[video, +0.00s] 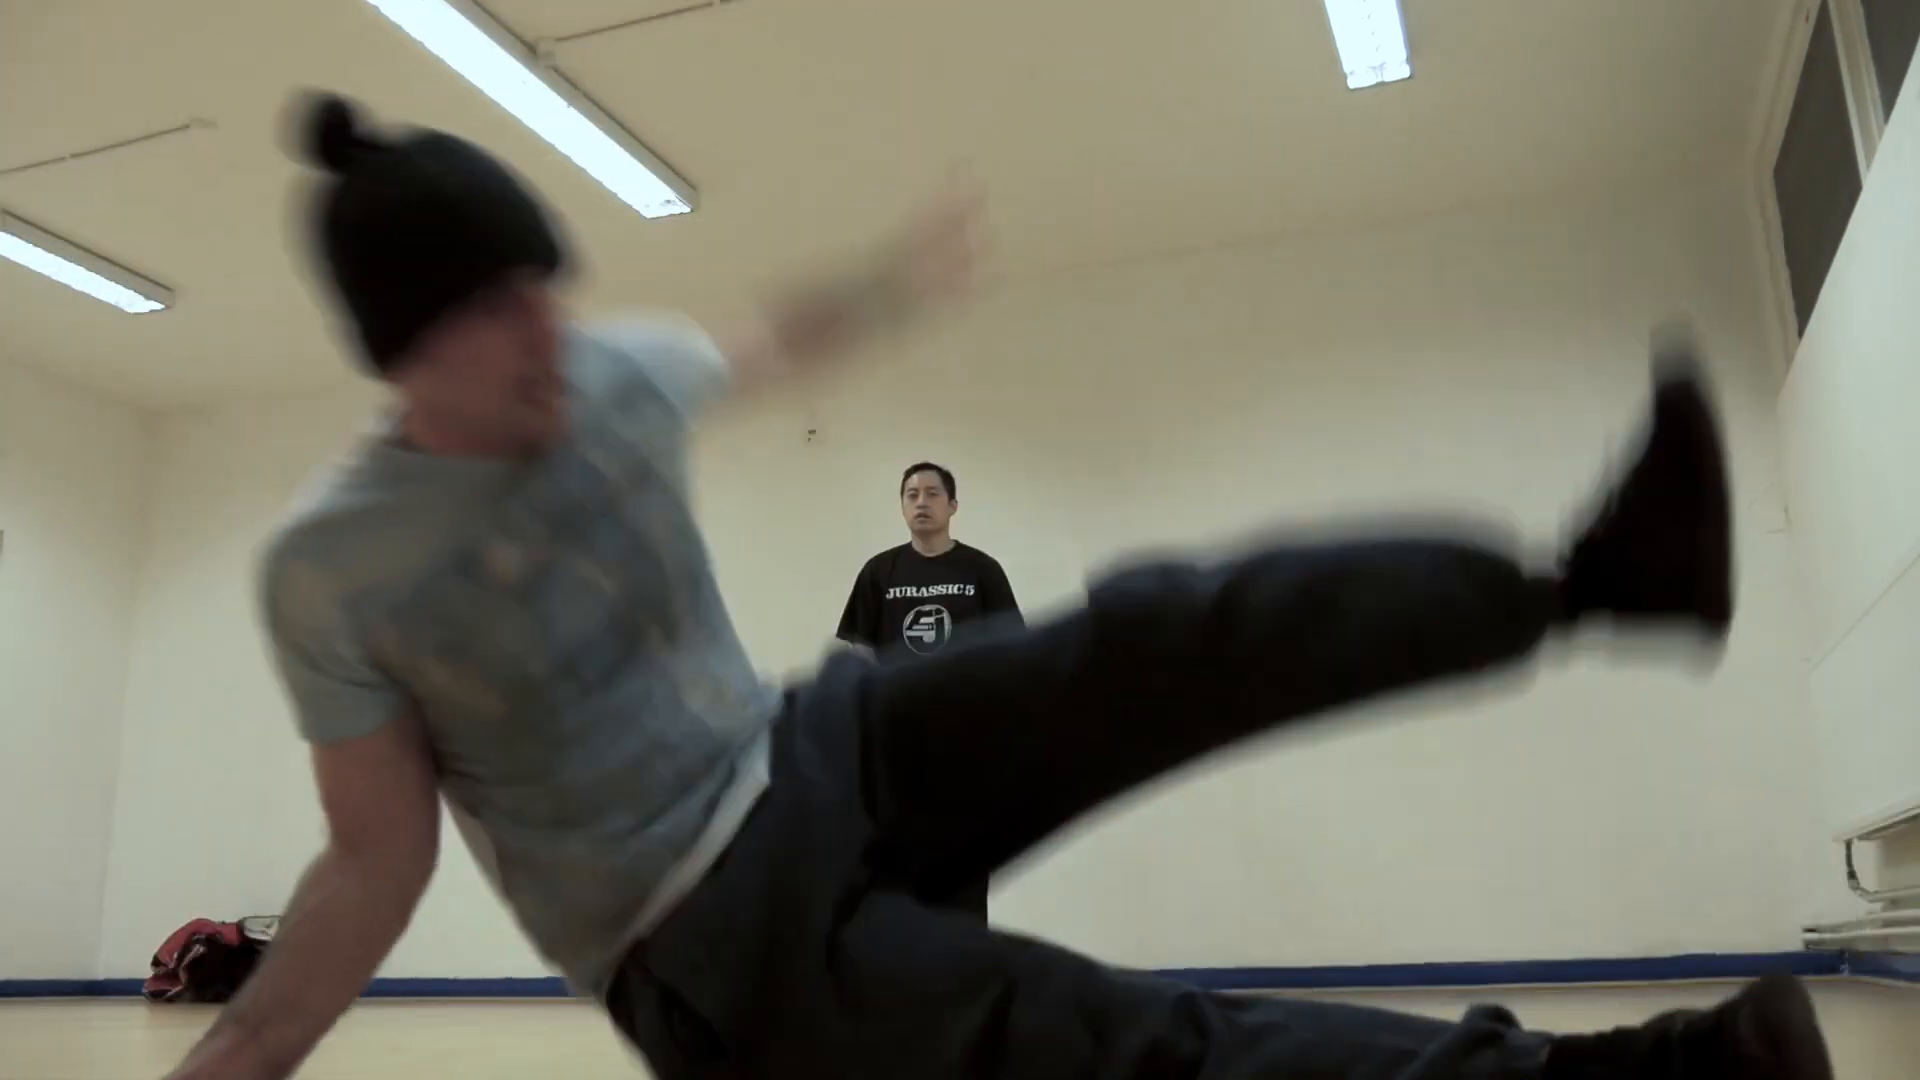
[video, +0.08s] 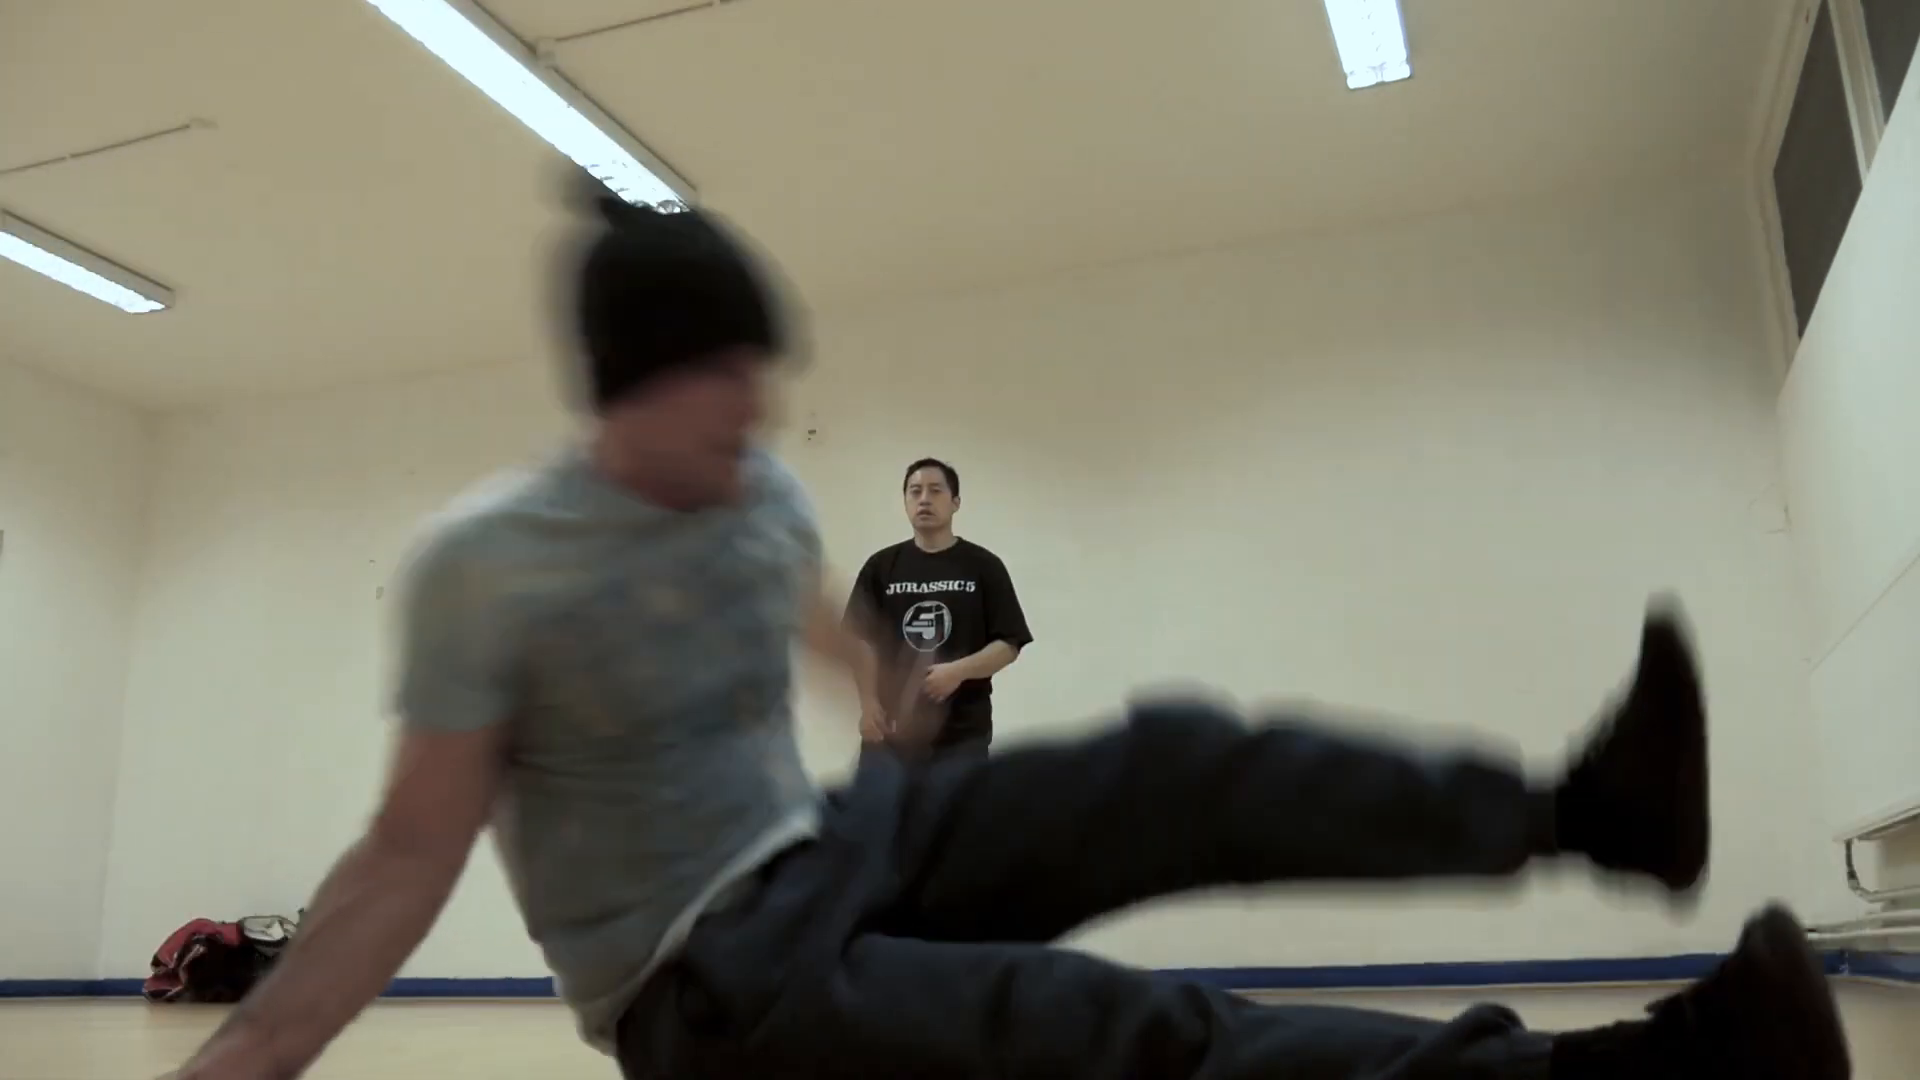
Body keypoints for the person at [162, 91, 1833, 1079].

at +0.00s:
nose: (546, 354)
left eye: (546, 313)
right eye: (505, 334)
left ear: (544, 299)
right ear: (409, 353)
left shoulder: (617, 378)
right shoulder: (332, 574)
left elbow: (770, 346)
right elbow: (378, 852)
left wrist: (907, 276)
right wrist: (235, 1059)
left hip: (825, 760)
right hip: (734, 961)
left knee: (1151, 641)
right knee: (1141, 1049)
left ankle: (1588, 583)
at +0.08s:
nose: (765, 412)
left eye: (766, 378)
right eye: (741, 380)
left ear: (731, 377)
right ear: (647, 381)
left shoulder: (758, 504)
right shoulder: (490, 573)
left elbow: (827, 649)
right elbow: (406, 857)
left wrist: (909, 716)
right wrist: (240, 1058)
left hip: (850, 845)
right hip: (722, 974)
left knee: (1171, 768)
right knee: (1136, 1021)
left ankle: (1596, 828)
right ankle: (1654, 1070)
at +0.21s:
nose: (997, 547)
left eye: (1006, 526)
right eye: (995, 514)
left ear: (910, 474)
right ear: (927, 473)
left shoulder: (850, 618)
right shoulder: (793, 536)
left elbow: (755, 816)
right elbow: (669, 696)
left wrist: (682, 1035)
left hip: (796, 971)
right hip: (769, 940)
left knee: (1160, 960)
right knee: (1150, 913)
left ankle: (1567, 1030)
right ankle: (1625, 1046)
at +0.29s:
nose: (1013, 617)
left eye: (1020, 597)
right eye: (1005, 584)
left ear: (921, 539)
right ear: (940, 523)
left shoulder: (816, 678)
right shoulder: (868, 529)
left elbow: (668, 838)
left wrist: (685, 1032)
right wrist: (1185, 443)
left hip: (791, 995)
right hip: (838, 875)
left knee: (1187, 992)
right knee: (1197, 821)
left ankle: (1664, 1028)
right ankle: (1665, 991)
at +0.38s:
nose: (966, 556)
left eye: (955, 554)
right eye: (958, 549)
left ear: (834, 585)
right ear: (932, 549)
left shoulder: (756, 686)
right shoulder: (940, 565)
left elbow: (664, 844)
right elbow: (1111, 626)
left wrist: (684, 1028)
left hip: (872, 972)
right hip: (939, 818)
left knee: (1210, 1012)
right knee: (1298, 758)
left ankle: (1593, 1019)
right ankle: (1650, 980)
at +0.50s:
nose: (694, 829)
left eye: (680, 808)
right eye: (680, 816)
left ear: (685, 761)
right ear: (752, 706)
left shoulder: (721, 723)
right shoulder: (871, 695)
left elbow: (701, 841)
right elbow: (1014, 808)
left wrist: (691, 1035)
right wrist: (1041, 1007)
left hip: (1000, 801)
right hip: (1077, 682)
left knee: (1258, 1021)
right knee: (1355, 777)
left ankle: (1559, 961)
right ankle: (1477, 818)